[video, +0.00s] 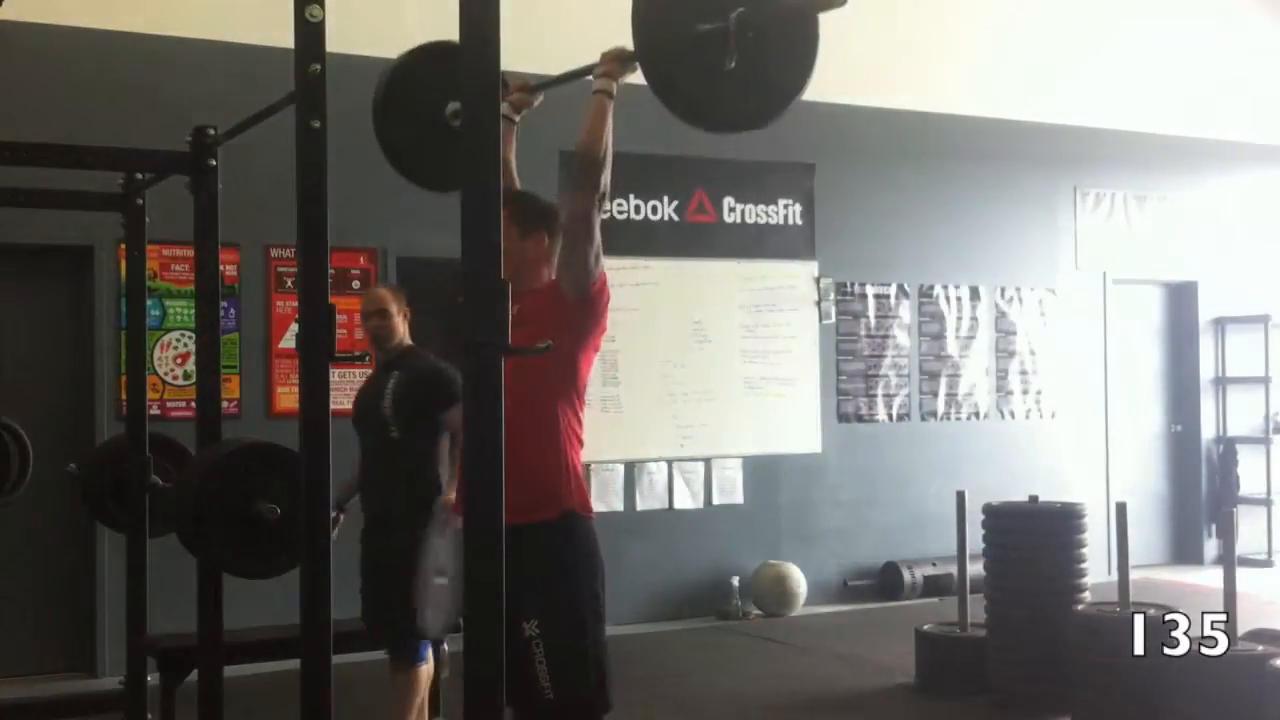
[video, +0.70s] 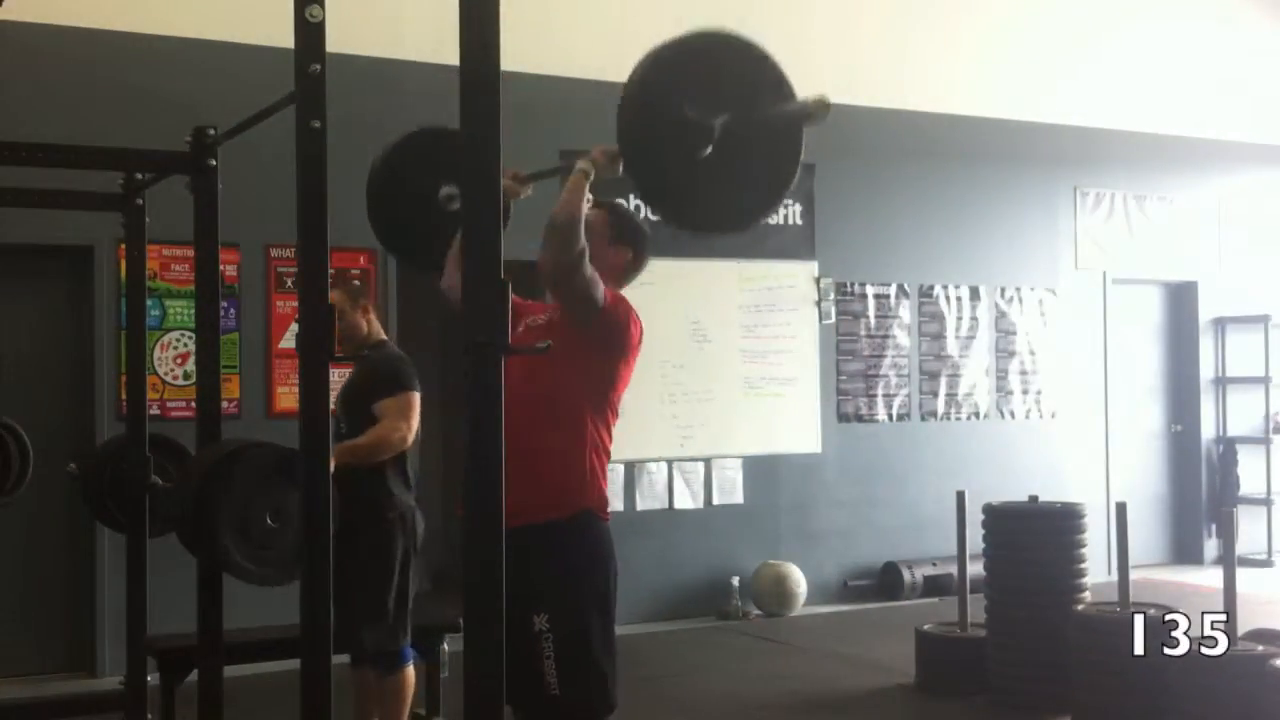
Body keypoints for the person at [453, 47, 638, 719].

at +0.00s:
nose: (494, 246)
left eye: (506, 233)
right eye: (492, 233)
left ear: (541, 241)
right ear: (502, 242)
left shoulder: (571, 304)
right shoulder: (498, 307)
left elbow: (586, 195)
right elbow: (500, 211)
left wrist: (603, 85)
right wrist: (510, 118)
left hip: (553, 524)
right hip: (490, 526)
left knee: (574, 691)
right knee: (501, 686)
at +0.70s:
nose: (569, 236)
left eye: (585, 231)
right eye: (571, 229)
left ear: (619, 260)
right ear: (559, 244)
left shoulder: (613, 326)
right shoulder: (523, 316)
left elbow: (560, 254)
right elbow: (457, 282)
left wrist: (582, 171)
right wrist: (491, 205)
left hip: (566, 535)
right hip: (499, 532)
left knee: (575, 698)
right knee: (506, 694)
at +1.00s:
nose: (576, 251)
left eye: (595, 241)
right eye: (578, 240)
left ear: (620, 264)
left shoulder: (626, 333)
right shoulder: (531, 330)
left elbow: (561, 327)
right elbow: (454, 352)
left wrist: (572, 255)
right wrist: (487, 277)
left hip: (571, 530)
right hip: (508, 529)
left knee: (578, 691)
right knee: (514, 688)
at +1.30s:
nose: (563, 238)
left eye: (581, 232)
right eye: (569, 230)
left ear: (615, 254)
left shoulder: (618, 336)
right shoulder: (537, 329)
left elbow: (567, 420)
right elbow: (467, 415)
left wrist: (576, 321)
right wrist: (461, 328)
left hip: (566, 542)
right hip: (504, 540)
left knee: (569, 702)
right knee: (504, 697)